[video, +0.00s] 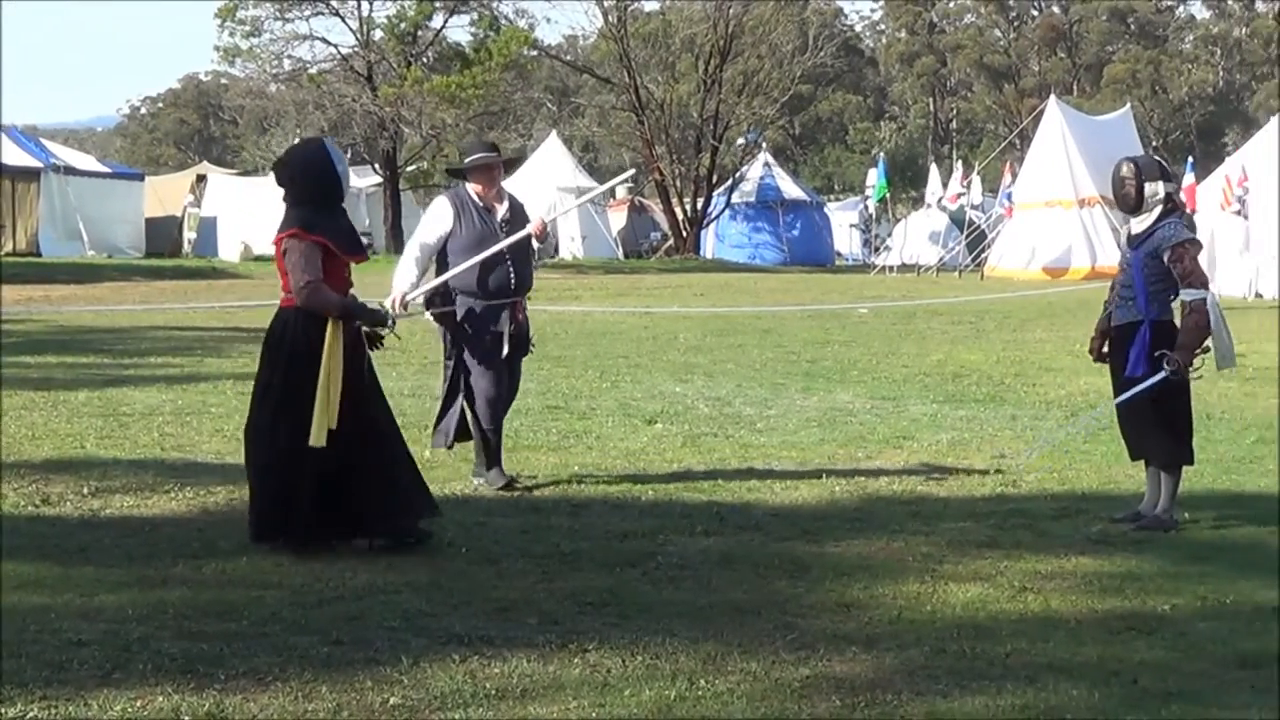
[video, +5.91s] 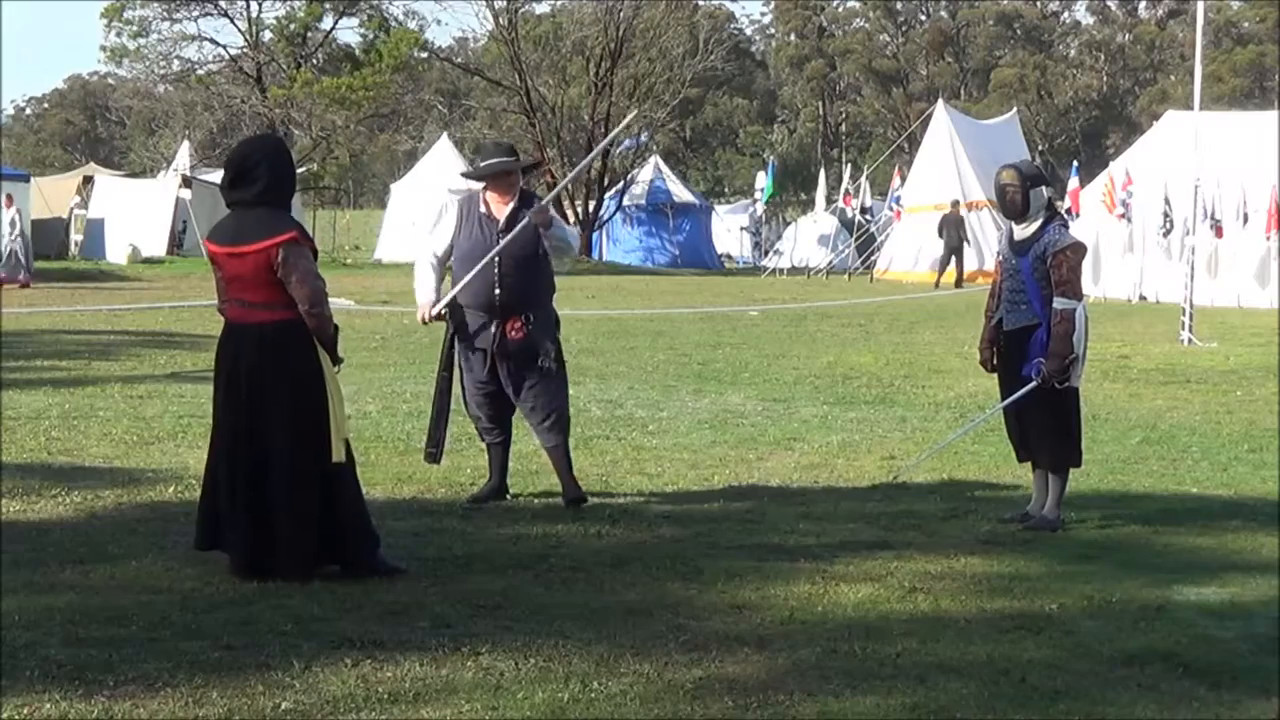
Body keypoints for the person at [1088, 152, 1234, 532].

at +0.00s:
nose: (1124, 192)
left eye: (1131, 184)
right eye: (1120, 185)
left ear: (1153, 186)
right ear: (1119, 188)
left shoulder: (1171, 229)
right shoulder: (1136, 229)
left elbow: (1198, 295)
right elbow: (1121, 285)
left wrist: (1183, 350)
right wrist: (1103, 327)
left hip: (1155, 333)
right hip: (1128, 333)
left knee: (1165, 415)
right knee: (1142, 414)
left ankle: (1165, 509)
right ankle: (1150, 502)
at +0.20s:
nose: (1102, 190)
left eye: (1109, 183)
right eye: (1099, 183)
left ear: (1132, 186)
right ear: (1100, 188)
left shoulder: (1146, 232)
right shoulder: (1110, 231)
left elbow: (1156, 297)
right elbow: (1095, 285)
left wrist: (1144, 349)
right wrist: (1076, 327)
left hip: (1130, 334)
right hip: (1101, 333)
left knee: (1137, 415)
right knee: (1113, 414)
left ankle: (1138, 508)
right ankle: (1123, 501)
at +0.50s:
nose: (1066, 190)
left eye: (1073, 183)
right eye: (1065, 183)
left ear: (1095, 187)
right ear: (1071, 188)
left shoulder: (1110, 234)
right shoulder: (1079, 231)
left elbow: (1107, 301)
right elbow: (1065, 289)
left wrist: (1089, 350)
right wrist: (1049, 330)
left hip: (1098, 337)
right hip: (1071, 336)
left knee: (1104, 420)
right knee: (1082, 419)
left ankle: (1104, 508)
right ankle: (1090, 501)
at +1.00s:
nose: (1015, 195)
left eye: (1021, 187)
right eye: (1015, 186)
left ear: (1041, 189)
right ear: (1043, 191)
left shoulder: (1060, 241)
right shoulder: (1036, 234)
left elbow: (1052, 306)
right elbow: (1025, 296)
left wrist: (1036, 352)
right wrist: (1009, 337)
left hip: (1048, 339)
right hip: (1025, 336)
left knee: (1057, 422)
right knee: (1037, 421)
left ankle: (1058, 508)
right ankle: (1044, 502)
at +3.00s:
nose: (1013, 196)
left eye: (1021, 189)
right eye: (1009, 189)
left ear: (1044, 192)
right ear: (1005, 193)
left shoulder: (1063, 236)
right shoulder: (1013, 234)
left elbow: (1072, 300)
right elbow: (1002, 288)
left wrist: (1063, 353)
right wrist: (990, 334)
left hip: (1050, 337)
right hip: (1016, 337)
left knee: (1054, 417)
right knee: (1027, 415)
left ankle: (1053, 508)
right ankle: (1039, 501)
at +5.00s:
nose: (1004, 198)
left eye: (1012, 191)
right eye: (1000, 191)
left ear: (1035, 194)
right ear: (997, 196)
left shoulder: (1056, 238)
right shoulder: (1008, 236)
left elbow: (1065, 302)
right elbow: (996, 290)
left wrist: (1058, 354)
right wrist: (986, 336)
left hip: (1044, 339)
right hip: (1011, 339)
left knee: (1051, 419)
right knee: (1025, 418)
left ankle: (1053, 508)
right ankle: (1038, 502)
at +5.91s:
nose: (1006, 198)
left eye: (1014, 191)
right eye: (1003, 191)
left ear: (1037, 194)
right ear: (1000, 195)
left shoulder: (1057, 238)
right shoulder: (1010, 236)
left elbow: (1066, 301)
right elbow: (999, 289)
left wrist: (1058, 354)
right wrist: (989, 336)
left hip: (1045, 338)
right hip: (1013, 339)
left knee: (1051, 418)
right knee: (1026, 417)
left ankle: (1053, 508)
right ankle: (1038, 501)